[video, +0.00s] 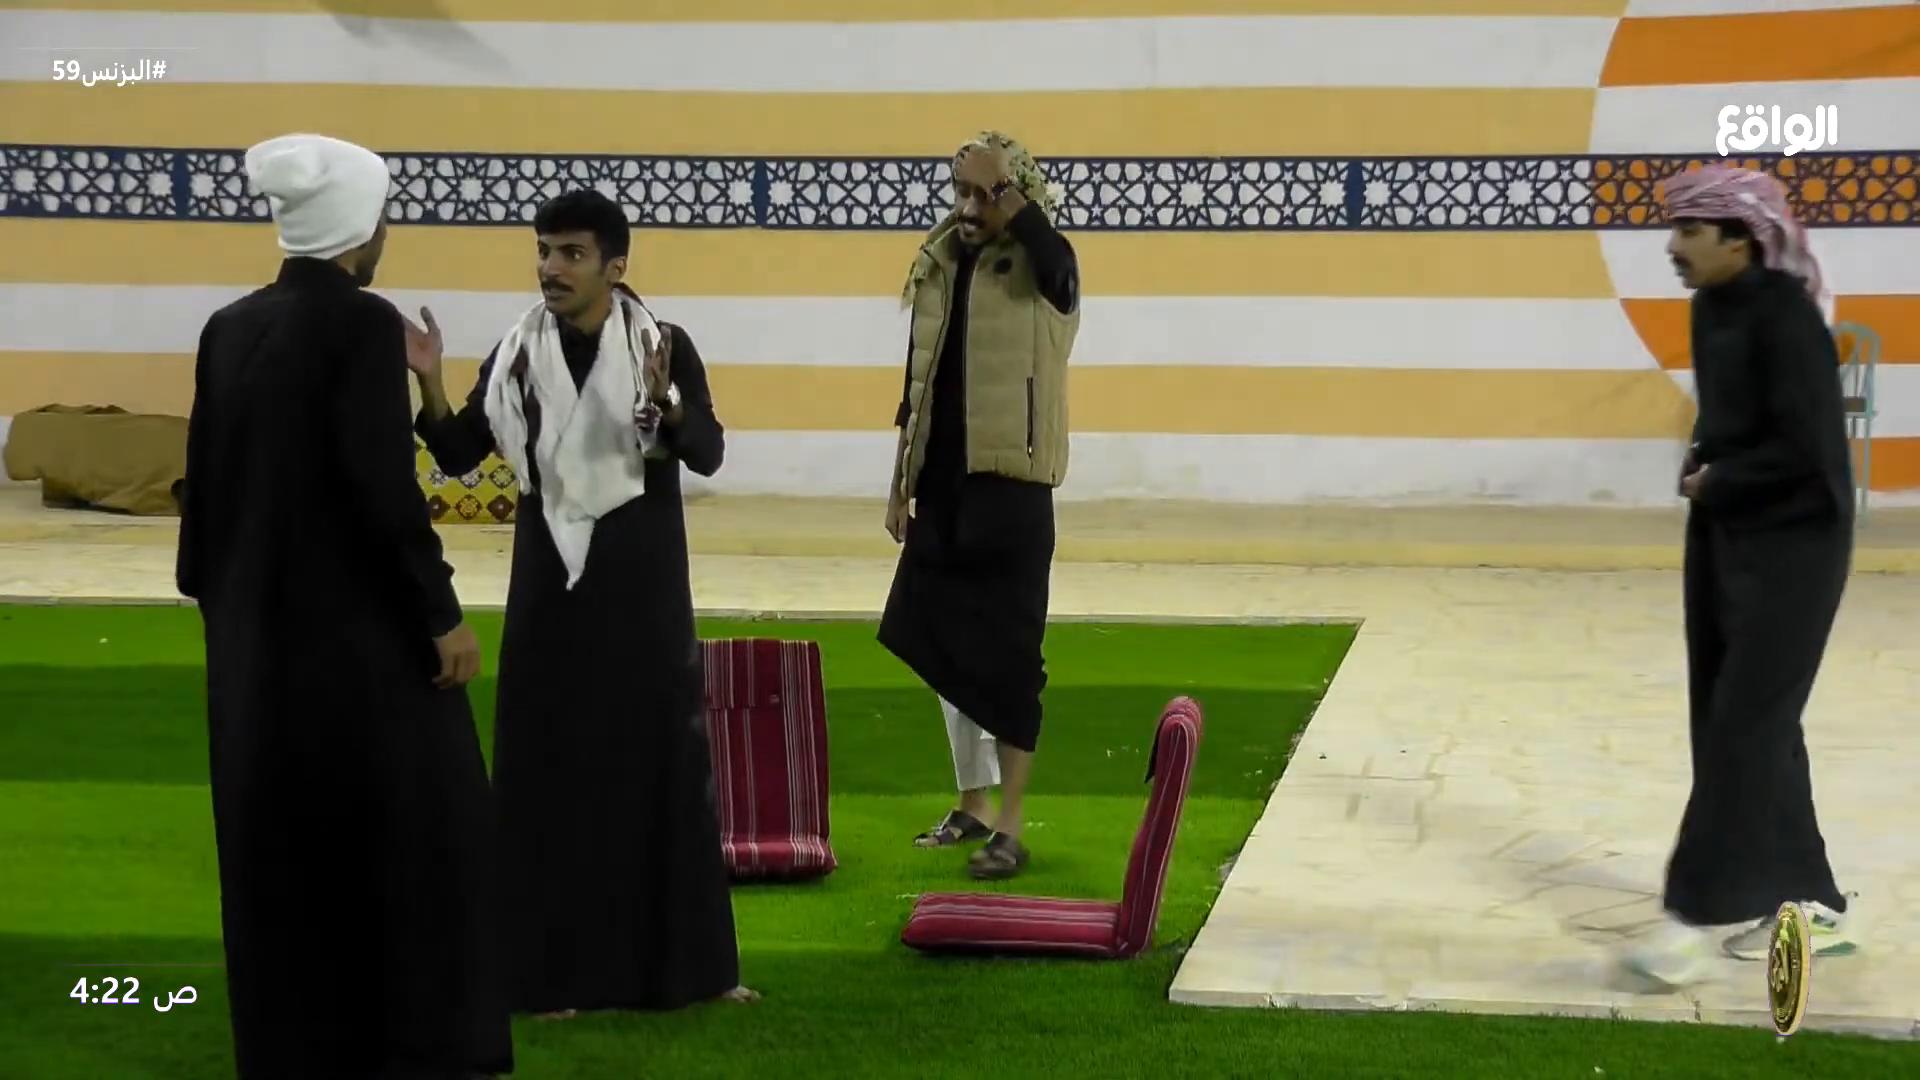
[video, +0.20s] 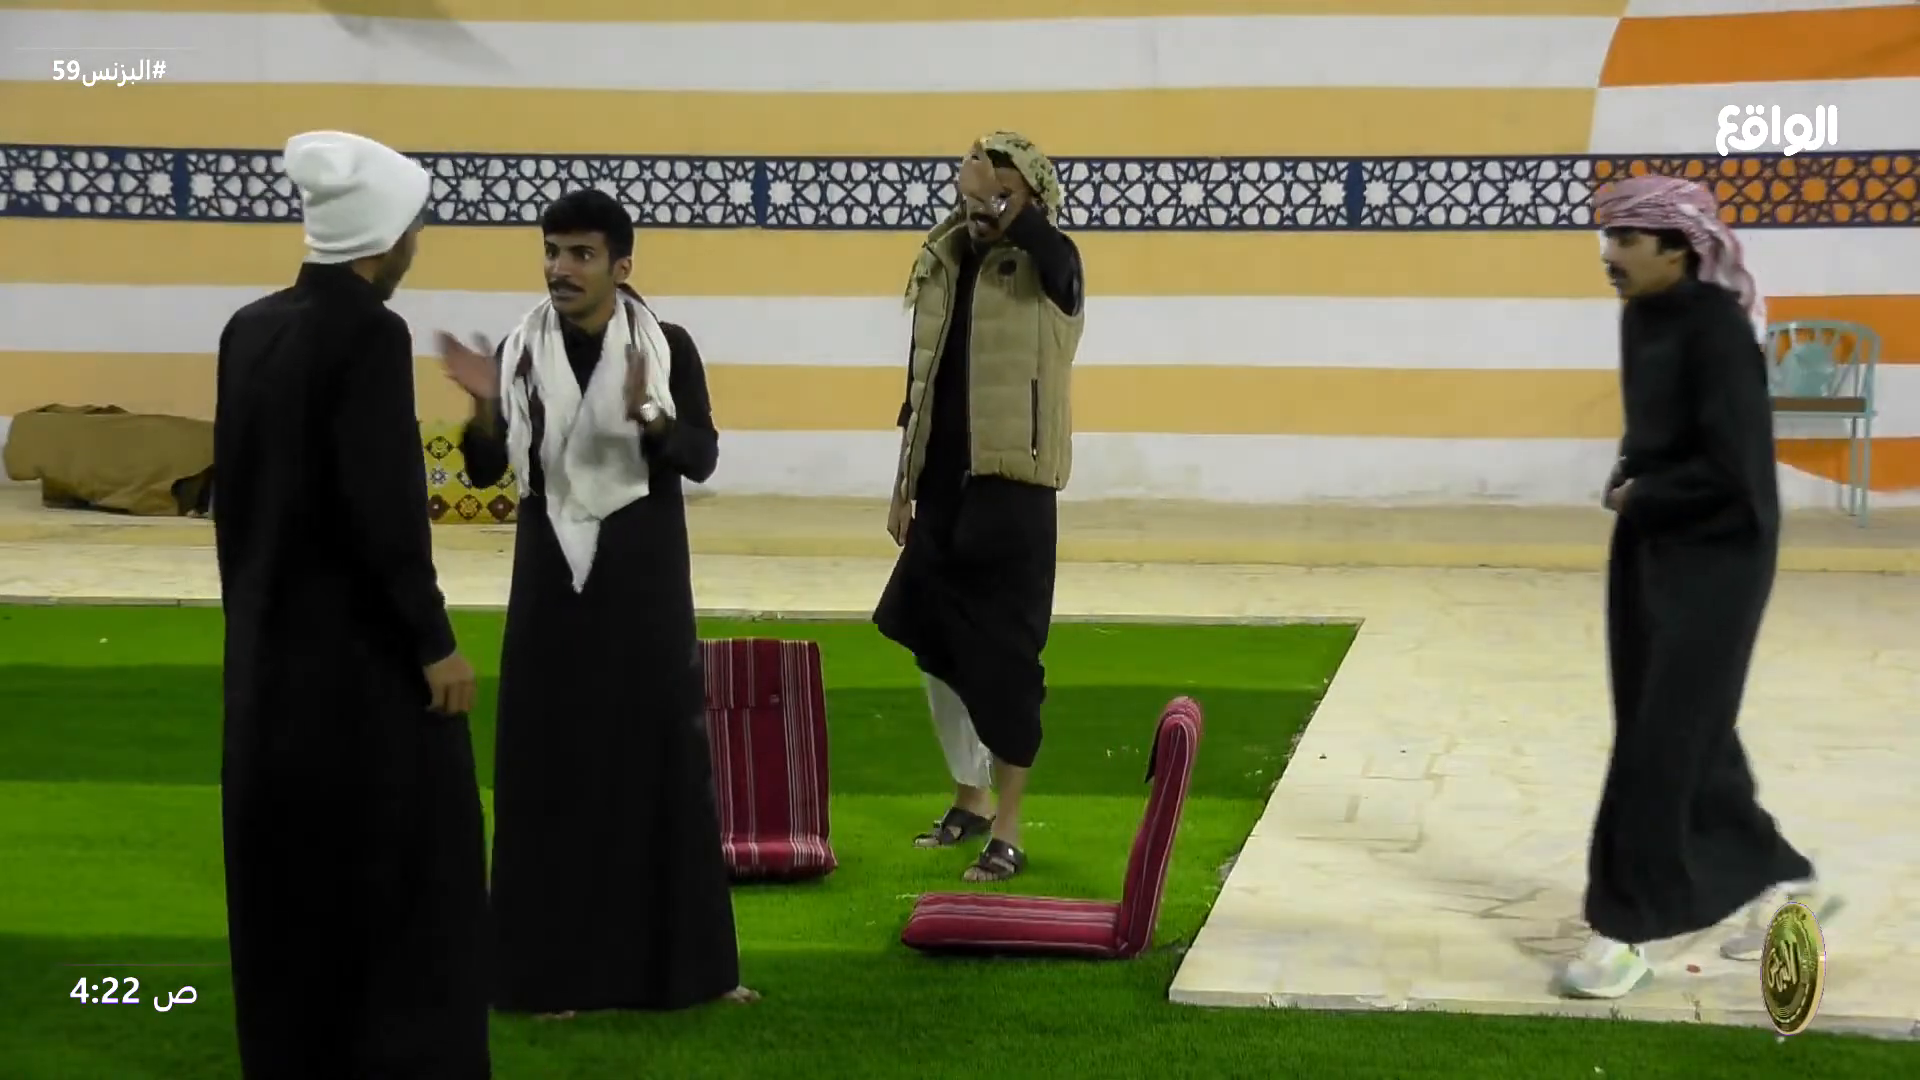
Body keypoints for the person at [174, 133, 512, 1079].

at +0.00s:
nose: (385, 235)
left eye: (378, 220)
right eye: (380, 221)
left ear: (290, 231)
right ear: (364, 235)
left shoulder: (229, 330)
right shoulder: (368, 328)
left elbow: (206, 485)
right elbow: (385, 487)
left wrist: (222, 590)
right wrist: (443, 612)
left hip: (254, 648)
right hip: (362, 647)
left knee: (281, 859)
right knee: (407, 848)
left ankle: (294, 1048)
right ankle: (415, 1047)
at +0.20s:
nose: (417, 247)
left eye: (415, 231)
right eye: (413, 232)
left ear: (323, 235)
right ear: (388, 243)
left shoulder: (249, 330)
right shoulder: (371, 336)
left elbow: (238, 500)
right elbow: (388, 505)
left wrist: (264, 625)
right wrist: (437, 642)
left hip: (270, 667)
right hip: (364, 671)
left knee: (293, 893)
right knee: (401, 893)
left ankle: (300, 1054)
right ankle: (402, 1054)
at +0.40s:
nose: (471, 254)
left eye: (472, 234)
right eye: (459, 237)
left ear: (388, 237)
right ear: (404, 241)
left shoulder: (300, 326)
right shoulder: (381, 340)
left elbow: (287, 516)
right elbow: (392, 522)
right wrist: (422, 671)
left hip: (305, 688)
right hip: (374, 697)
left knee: (321, 924)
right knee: (394, 932)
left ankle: (320, 1061)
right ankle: (397, 1062)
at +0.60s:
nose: (497, 275)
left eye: (502, 255)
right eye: (485, 254)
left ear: (428, 246)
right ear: (424, 246)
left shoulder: (370, 330)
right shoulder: (382, 350)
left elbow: (362, 532)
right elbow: (370, 539)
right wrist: (398, 693)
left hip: (367, 697)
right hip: (380, 703)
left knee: (383, 946)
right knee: (381, 949)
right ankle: (381, 1067)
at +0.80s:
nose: (508, 278)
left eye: (514, 260)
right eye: (494, 258)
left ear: (444, 251)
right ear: (432, 249)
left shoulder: (433, 346)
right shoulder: (371, 364)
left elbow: (441, 530)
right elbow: (362, 554)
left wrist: (485, 672)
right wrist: (396, 702)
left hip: (471, 669)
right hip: (412, 685)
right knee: (405, 902)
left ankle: (476, 1047)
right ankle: (401, 1058)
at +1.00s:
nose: (526, 287)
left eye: (535, 268)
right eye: (510, 268)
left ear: (540, 253)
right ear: (446, 257)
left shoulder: (490, 347)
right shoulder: (375, 367)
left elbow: (502, 525)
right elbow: (359, 553)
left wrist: (549, 631)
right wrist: (408, 697)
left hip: (527, 668)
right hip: (437, 681)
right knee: (435, 916)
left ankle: (574, 1053)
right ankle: (433, 1060)